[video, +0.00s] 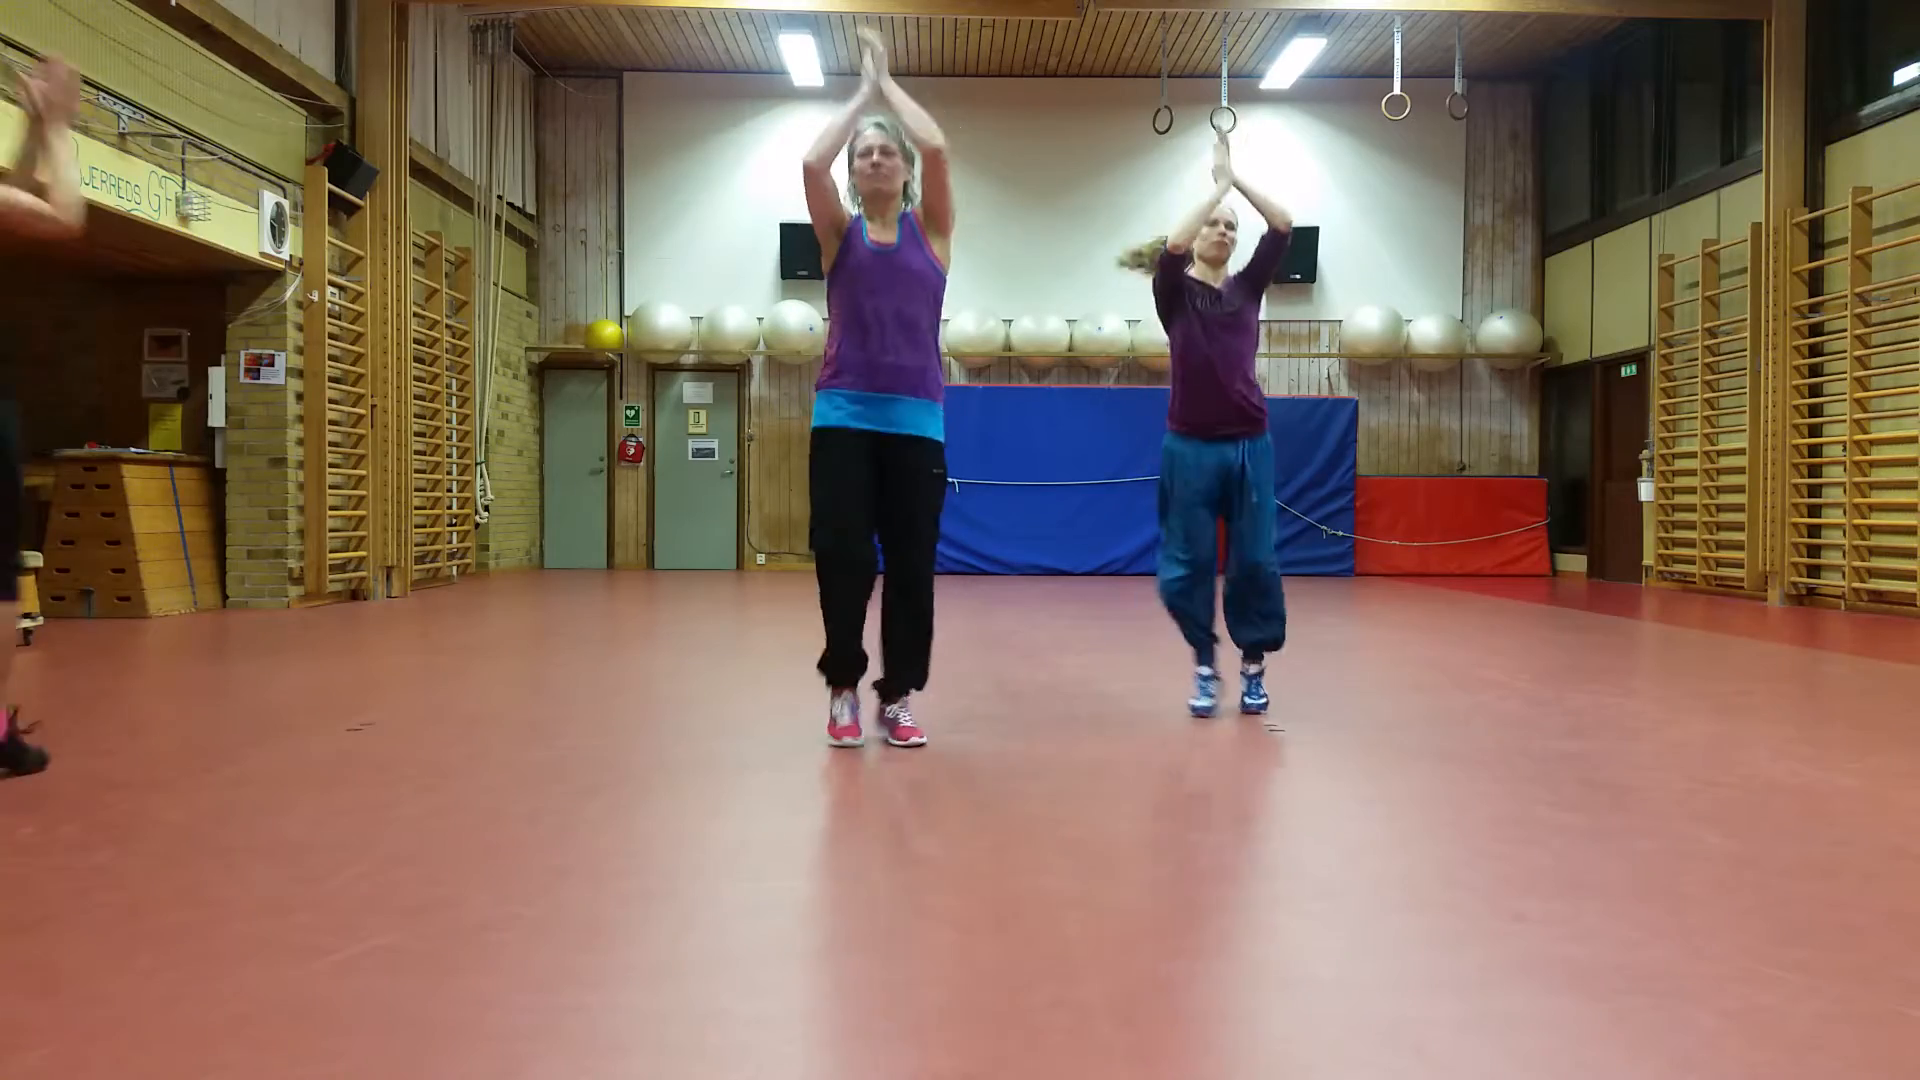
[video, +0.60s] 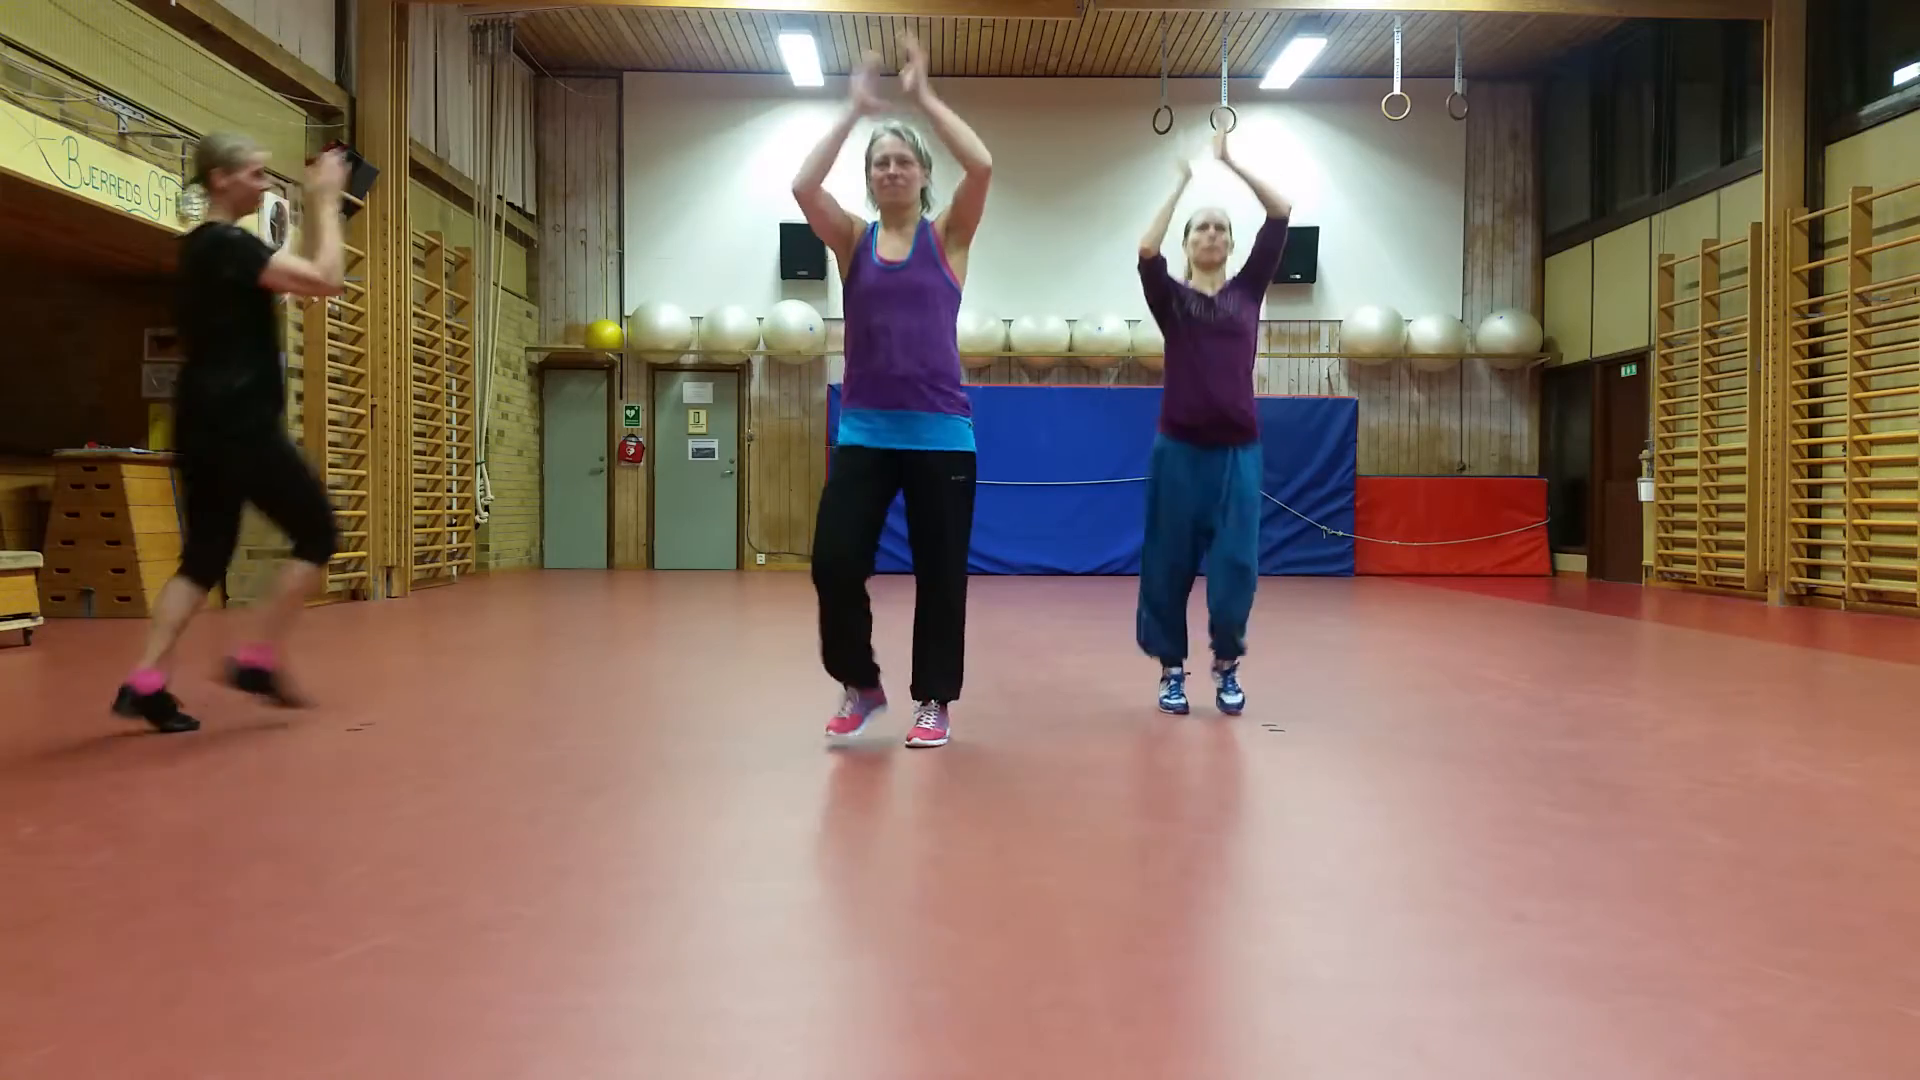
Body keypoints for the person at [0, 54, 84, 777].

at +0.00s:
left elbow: (33, 203)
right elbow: (65, 222)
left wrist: (42, 132)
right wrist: (57, 127)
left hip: (5, 419)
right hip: (1, 422)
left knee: (7, 576)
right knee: (5, 578)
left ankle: (4, 727)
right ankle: (0, 728)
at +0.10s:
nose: (36, 158)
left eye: (36, 147)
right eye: (30, 146)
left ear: (17, 151)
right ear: (5, 147)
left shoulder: (11, 210)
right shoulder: (14, 218)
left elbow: (53, 220)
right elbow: (120, 253)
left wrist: (81, 157)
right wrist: (101, 169)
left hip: (18, 419)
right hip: (21, 423)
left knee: (21, 578)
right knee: (29, 585)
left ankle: (2, 738)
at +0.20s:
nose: (95, 147)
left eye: (95, 134)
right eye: (88, 136)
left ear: (30, 142)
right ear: (58, 143)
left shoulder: (11, 207)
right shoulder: (68, 218)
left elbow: (68, 222)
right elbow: (173, 255)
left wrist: (109, 165)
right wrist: (149, 170)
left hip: (14, 420)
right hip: (60, 426)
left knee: (53, 566)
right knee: (56, 574)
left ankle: (10, 725)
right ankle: (2, 722)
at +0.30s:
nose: (148, 145)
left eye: (147, 134)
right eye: (141, 134)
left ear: (88, 141)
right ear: (108, 139)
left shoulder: (44, 208)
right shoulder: (134, 209)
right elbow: (214, 247)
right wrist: (204, 164)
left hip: (61, 402)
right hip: (118, 408)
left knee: (125, 535)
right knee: (90, 553)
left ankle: (115, 676)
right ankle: (9, 689)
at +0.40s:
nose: (188, 173)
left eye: (185, 161)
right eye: (180, 162)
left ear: (128, 169)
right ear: (150, 167)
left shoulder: (92, 231)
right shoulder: (178, 233)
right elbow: (255, 261)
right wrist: (213, 189)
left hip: (108, 414)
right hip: (165, 418)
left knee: (150, 557)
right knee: (163, 565)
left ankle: (138, 688)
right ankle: (54, 651)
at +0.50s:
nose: (223, 195)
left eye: (224, 185)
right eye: (216, 184)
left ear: (171, 193)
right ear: (183, 189)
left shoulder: (140, 256)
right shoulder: (208, 256)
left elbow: (222, 283)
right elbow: (300, 283)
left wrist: (251, 213)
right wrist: (273, 210)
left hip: (149, 435)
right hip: (203, 435)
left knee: (182, 564)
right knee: (252, 563)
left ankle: (142, 700)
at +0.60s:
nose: (265, 182)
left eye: (265, 174)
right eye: (256, 173)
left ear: (221, 182)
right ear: (220, 180)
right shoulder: (229, 244)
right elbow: (324, 277)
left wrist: (323, 204)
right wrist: (325, 195)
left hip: (202, 431)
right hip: (243, 430)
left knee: (204, 555)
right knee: (318, 535)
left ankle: (145, 682)